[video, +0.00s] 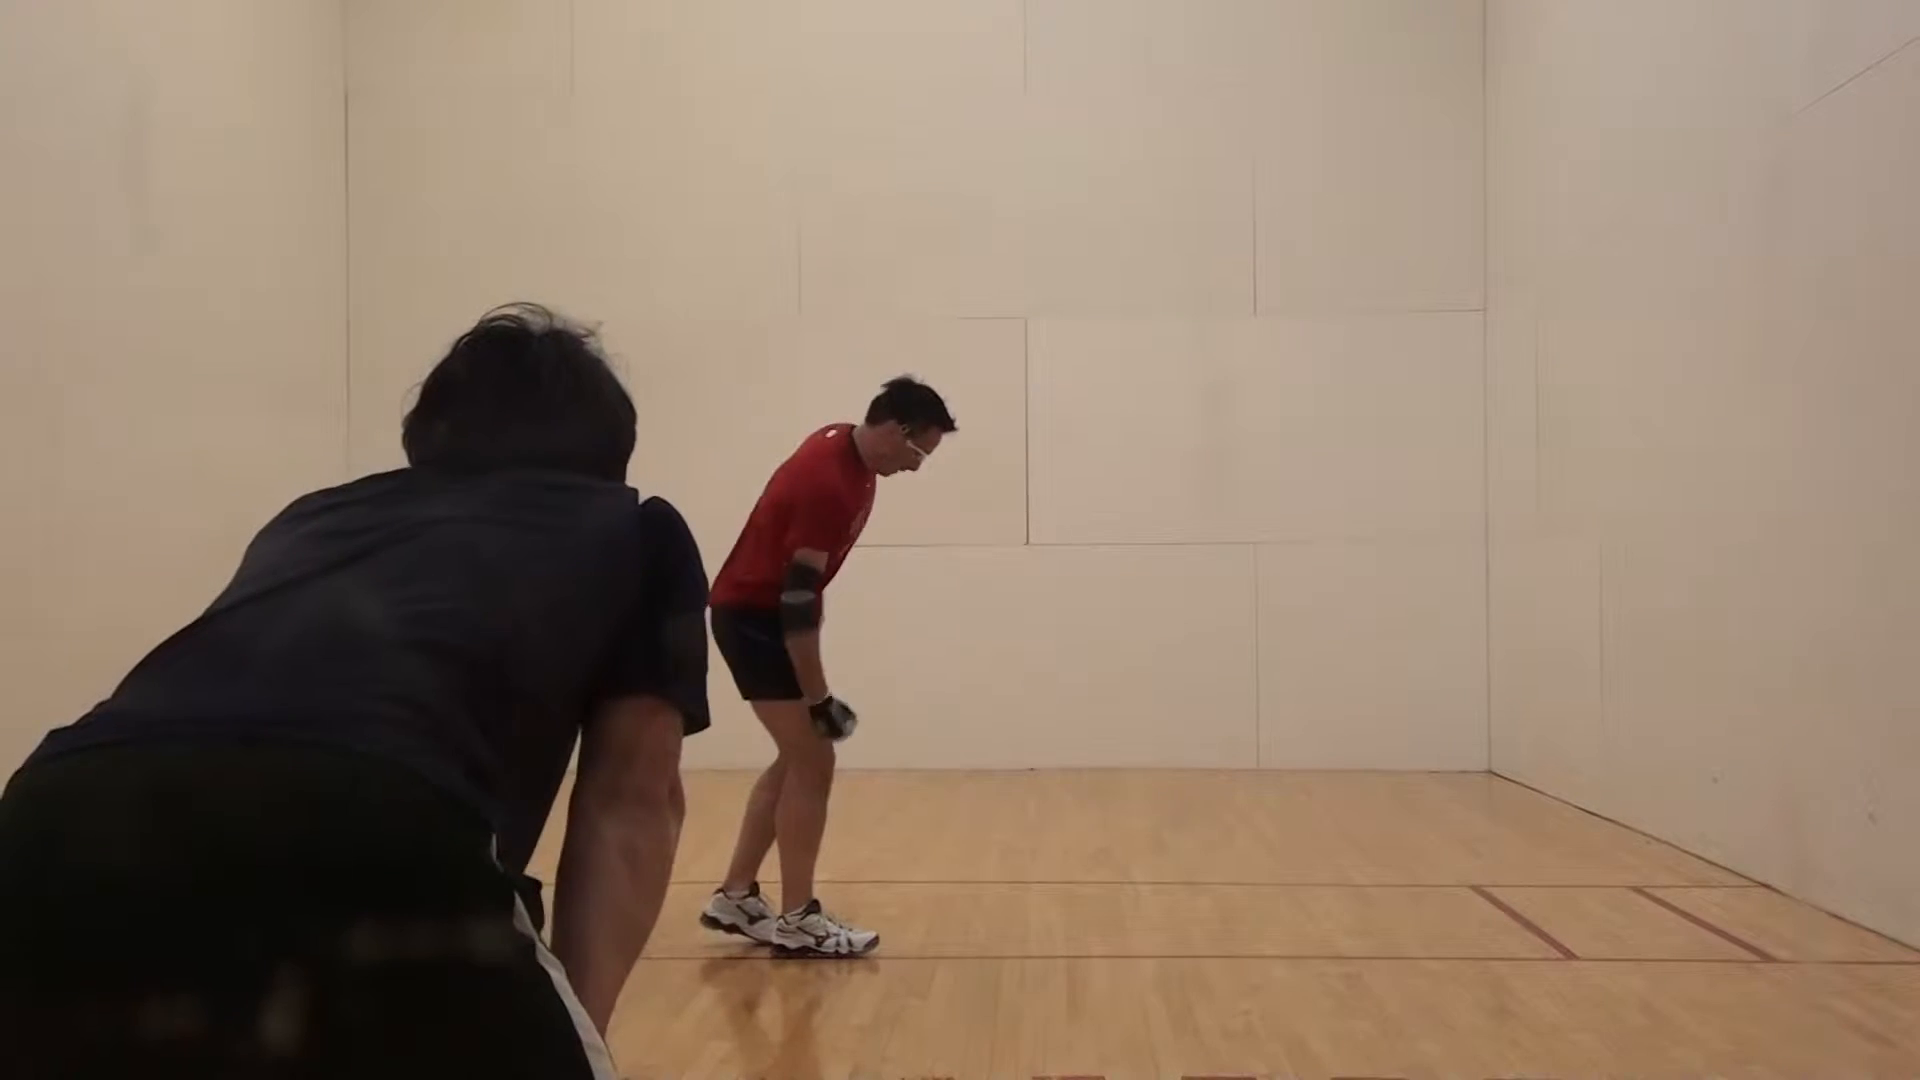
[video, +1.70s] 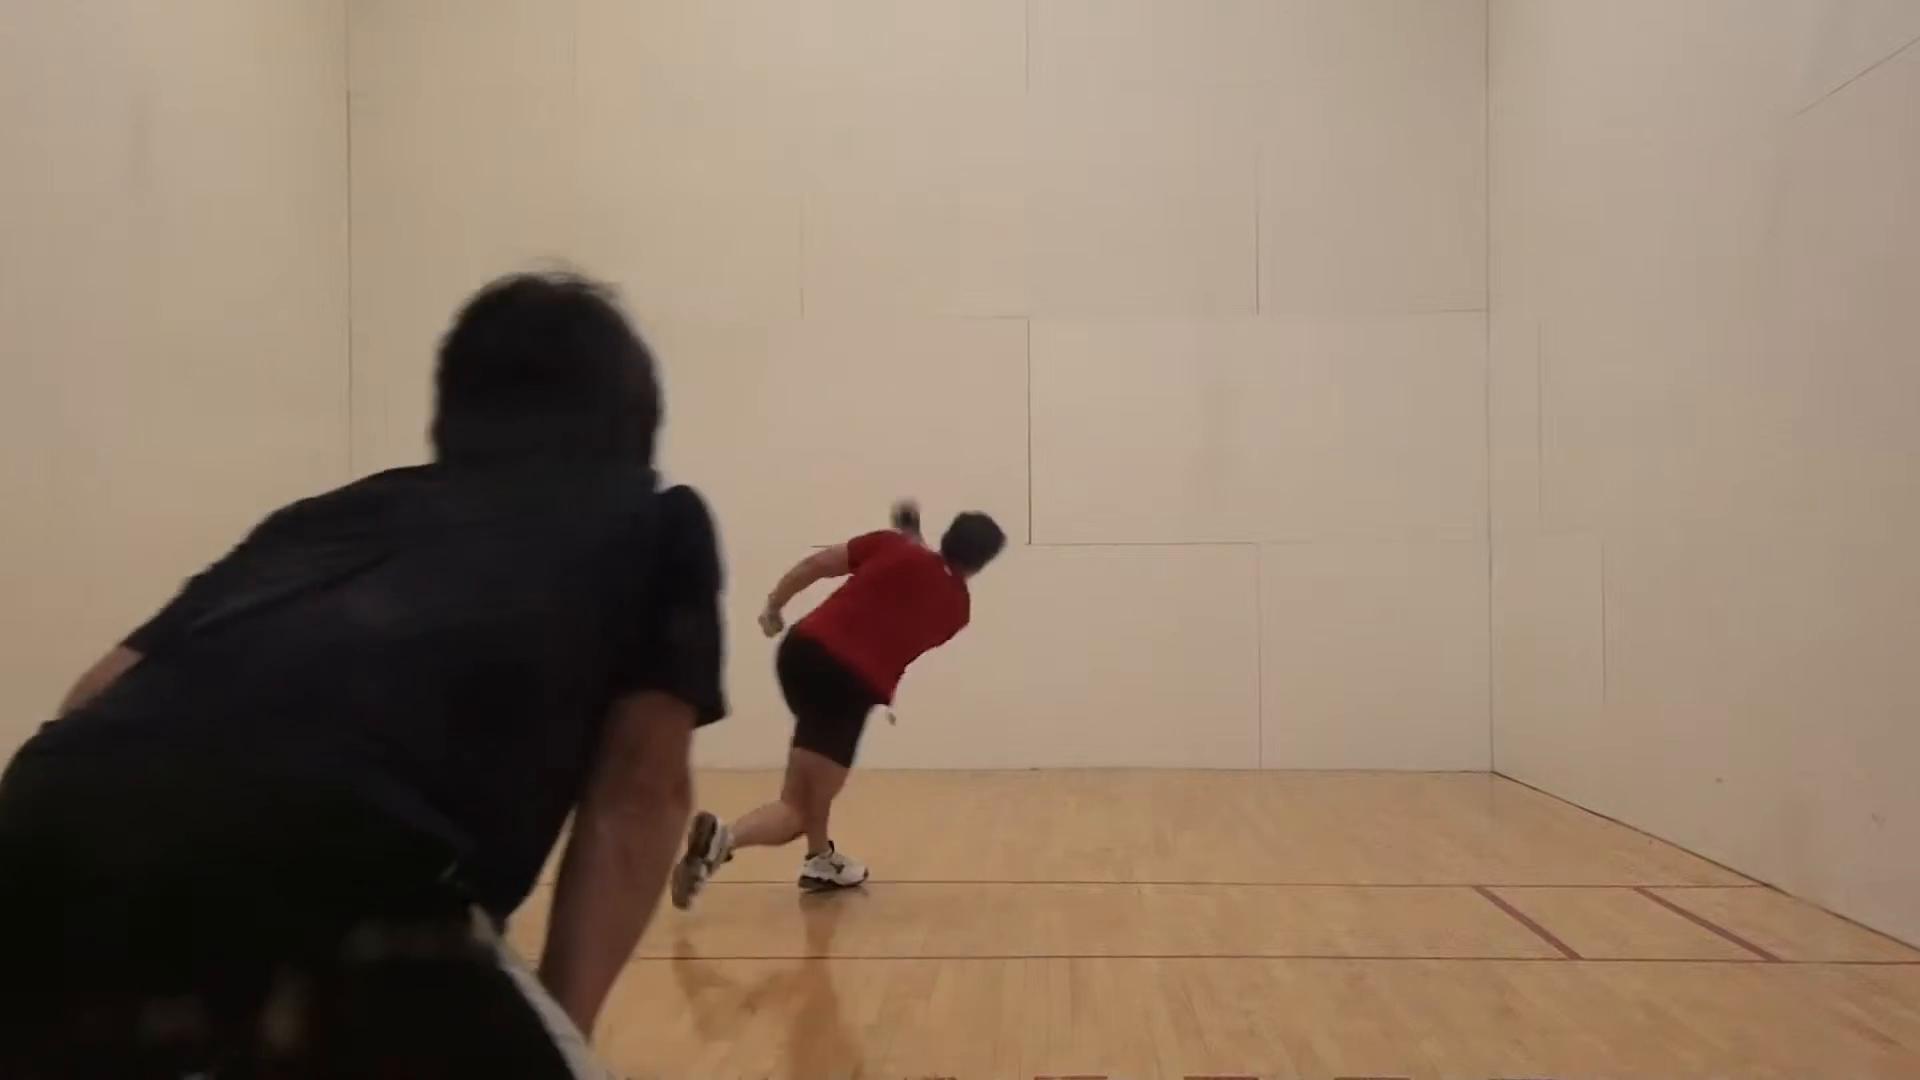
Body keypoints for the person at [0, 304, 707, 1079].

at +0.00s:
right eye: (628, 465)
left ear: (426, 436)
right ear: (610, 459)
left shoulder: (313, 511)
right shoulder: (632, 527)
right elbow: (635, 795)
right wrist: (571, 1032)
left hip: (67, 818)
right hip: (374, 833)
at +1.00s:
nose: (682, 400)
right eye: (683, 383)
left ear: (480, 393)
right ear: (669, 395)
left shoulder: (386, 490)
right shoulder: (702, 489)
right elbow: (708, 769)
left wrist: (745, 585)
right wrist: (638, 1020)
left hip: (148, 830)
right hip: (434, 846)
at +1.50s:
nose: (755, 445)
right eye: (755, 428)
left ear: (554, 423)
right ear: (746, 432)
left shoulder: (447, 507)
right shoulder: (757, 518)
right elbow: (728, 794)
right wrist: (619, 1028)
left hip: (135, 832)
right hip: (411, 849)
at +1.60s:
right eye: (715, 427)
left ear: (517, 424)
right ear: (705, 433)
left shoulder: (409, 508)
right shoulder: (719, 518)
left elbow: (161, 687)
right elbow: (690, 799)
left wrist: (219, 990)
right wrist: (592, 1027)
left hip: (114, 814)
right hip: (393, 840)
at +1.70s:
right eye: (648, 431)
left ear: (448, 419)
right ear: (637, 426)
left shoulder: (326, 512)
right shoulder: (650, 519)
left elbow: (99, 693)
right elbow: (642, 794)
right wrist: (554, 1039)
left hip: (48, 869)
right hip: (334, 888)